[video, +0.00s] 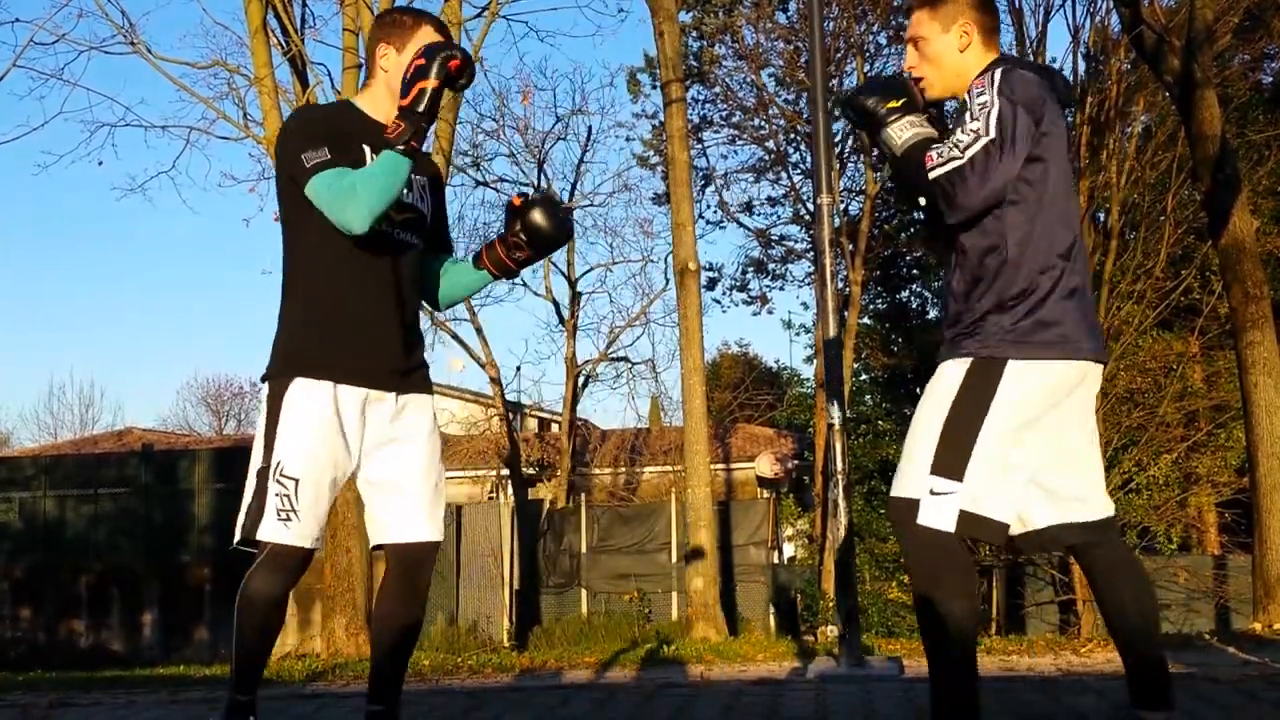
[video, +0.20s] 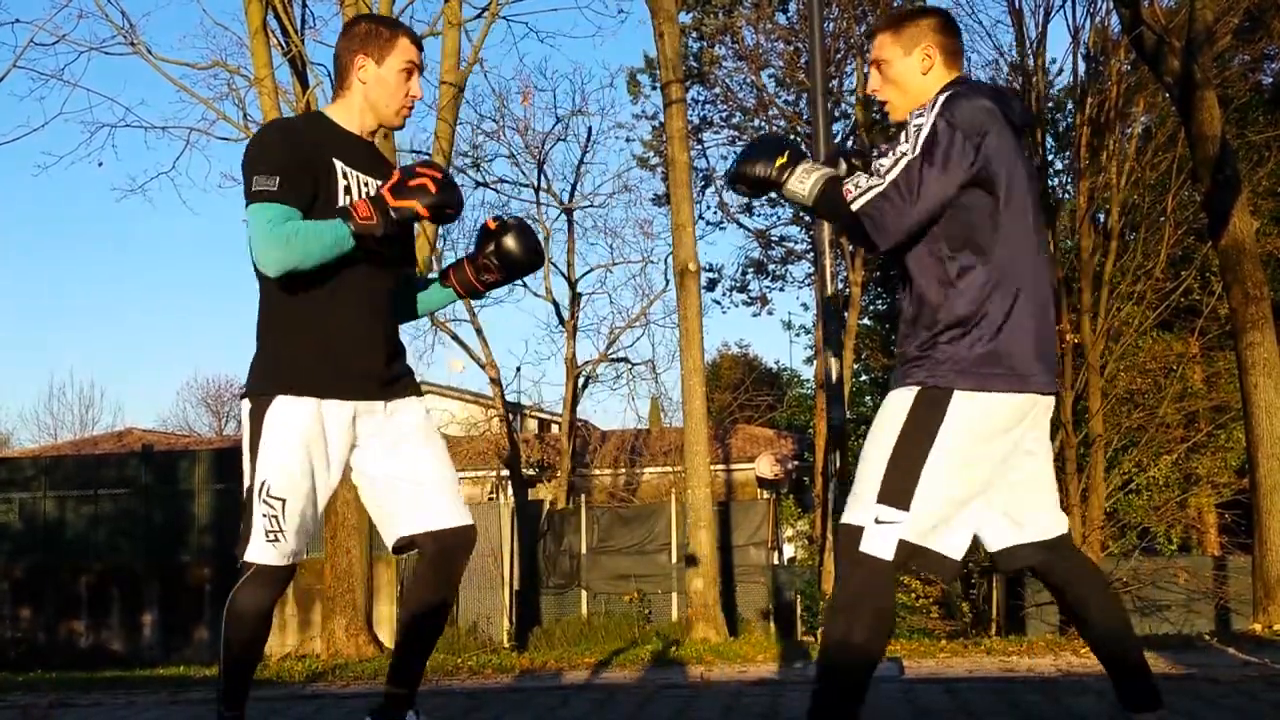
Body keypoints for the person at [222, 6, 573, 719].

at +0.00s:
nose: (438, 75)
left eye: (444, 65)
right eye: (427, 59)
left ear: (445, 75)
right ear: (384, 56)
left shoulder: (426, 175)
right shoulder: (312, 125)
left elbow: (431, 285)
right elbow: (352, 212)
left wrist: (498, 259)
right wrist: (411, 134)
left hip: (403, 383)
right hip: (316, 375)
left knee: (413, 546)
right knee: (287, 546)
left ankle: (383, 710)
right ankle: (240, 706)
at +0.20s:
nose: (418, 92)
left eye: (419, 77)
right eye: (408, 73)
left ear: (374, 71)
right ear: (363, 65)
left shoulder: (394, 176)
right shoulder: (283, 141)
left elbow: (390, 305)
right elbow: (274, 251)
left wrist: (462, 278)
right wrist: (372, 218)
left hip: (385, 388)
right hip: (298, 387)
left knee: (447, 536)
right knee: (271, 560)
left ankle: (396, 708)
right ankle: (229, 715)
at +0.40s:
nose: (432, 79)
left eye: (434, 66)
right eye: (422, 61)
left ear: (388, 64)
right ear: (373, 58)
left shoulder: (408, 166)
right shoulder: (292, 130)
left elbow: (400, 285)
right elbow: (233, 241)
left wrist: (464, 283)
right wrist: (345, 258)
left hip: (404, 374)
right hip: (315, 374)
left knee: (475, 517)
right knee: (281, 548)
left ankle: (495, 704)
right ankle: (230, 711)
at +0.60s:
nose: (490, 87)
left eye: (491, 73)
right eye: (480, 70)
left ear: (447, 74)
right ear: (433, 66)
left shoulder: (468, 177)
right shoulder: (349, 139)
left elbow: (503, 292)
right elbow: (291, 251)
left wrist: (571, 272)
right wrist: (392, 247)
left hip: (455, 386)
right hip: (362, 386)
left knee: (525, 535)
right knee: (308, 555)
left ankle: (533, 710)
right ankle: (238, 705)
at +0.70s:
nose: (529, 82)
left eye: (531, 69)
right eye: (519, 65)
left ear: (487, 70)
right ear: (471, 62)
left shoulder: (508, 174)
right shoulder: (385, 136)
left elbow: (567, 270)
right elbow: (327, 243)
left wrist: (638, 256)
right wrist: (419, 245)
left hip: (490, 381)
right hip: (397, 380)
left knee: (544, 535)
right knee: (348, 547)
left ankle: (536, 708)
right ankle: (255, 694)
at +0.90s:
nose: (593, 64)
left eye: (594, 50)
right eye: (585, 46)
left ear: (553, 48)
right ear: (537, 43)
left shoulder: (570, 155)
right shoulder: (443, 110)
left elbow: (647, 224)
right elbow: (362, 212)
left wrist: (738, 248)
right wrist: (450, 223)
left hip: (528, 368)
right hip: (441, 357)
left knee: (550, 533)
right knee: (430, 525)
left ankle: (535, 709)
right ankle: (366, 698)